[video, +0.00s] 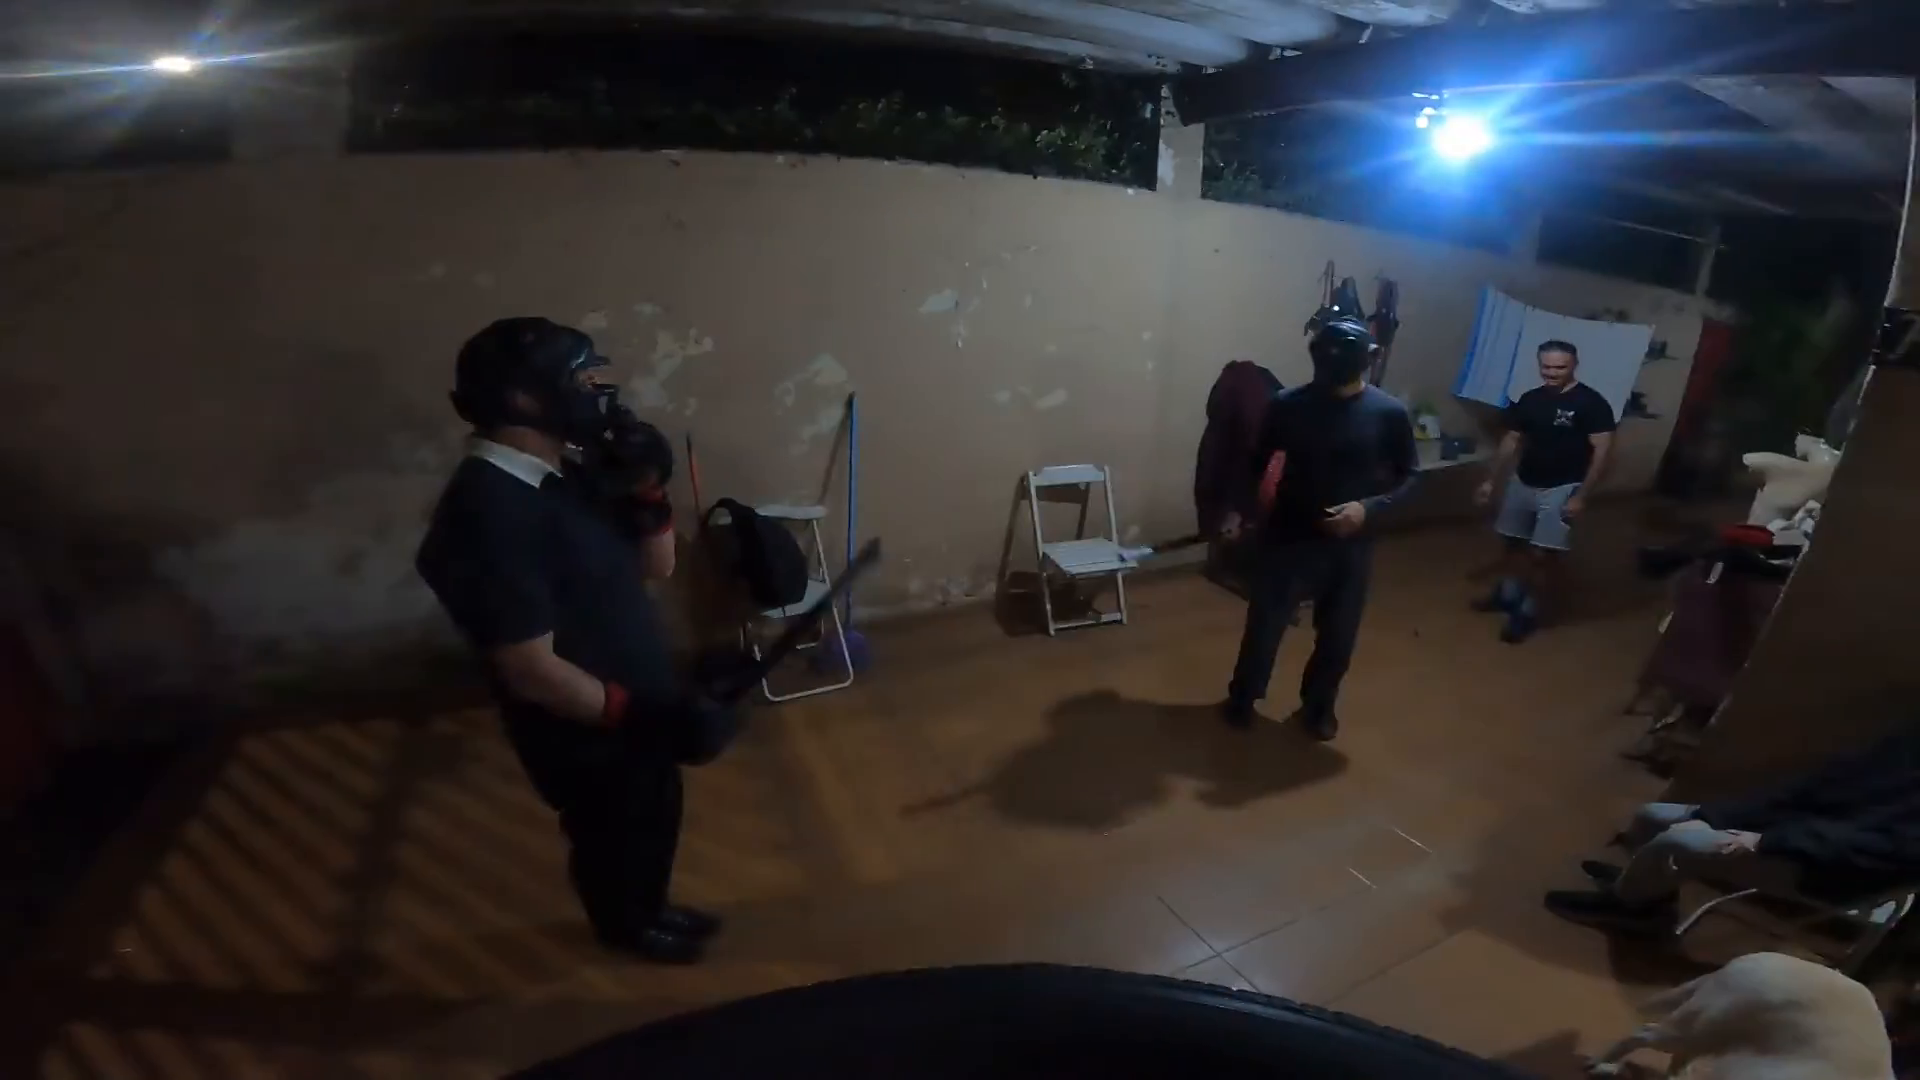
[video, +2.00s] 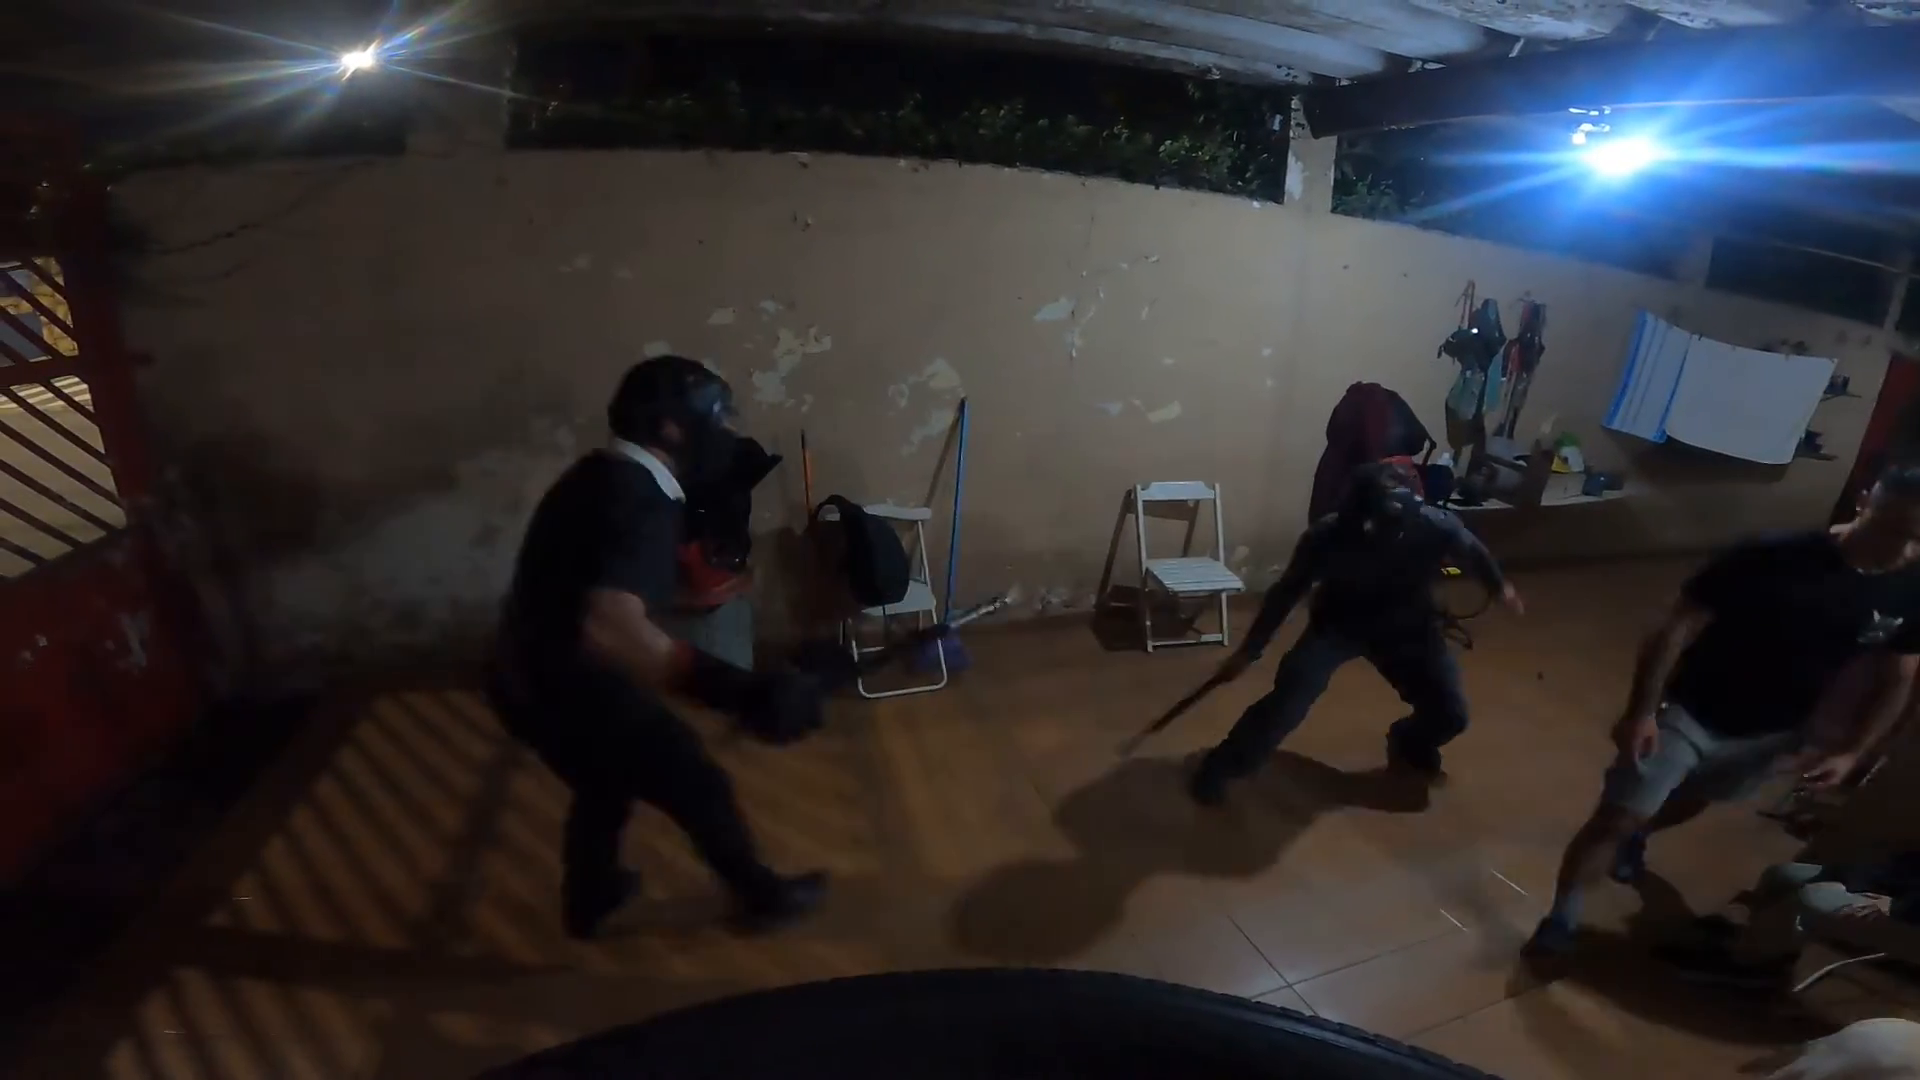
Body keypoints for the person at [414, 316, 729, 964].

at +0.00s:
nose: (594, 388)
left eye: (589, 373)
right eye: (573, 378)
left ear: (526, 403)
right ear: (523, 400)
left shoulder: (562, 477)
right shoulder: (482, 513)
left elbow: (655, 568)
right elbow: (528, 667)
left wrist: (646, 492)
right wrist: (642, 713)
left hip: (629, 696)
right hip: (572, 723)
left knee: (648, 814)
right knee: (610, 830)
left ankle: (648, 907)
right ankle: (623, 926)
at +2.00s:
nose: (715, 438)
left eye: (715, 424)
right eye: (706, 424)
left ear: (655, 426)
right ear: (670, 429)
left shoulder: (594, 477)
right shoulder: (637, 496)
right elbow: (613, 626)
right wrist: (736, 688)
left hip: (528, 672)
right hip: (577, 680)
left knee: (605, 777)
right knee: (693, 779)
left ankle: (589, 895)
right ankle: (755, 890)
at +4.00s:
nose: (631, 438)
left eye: (625, 426)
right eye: (614, 430)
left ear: (562, 454)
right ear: (569, 453)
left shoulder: (515, 515)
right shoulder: (581, 536)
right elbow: (680, 605)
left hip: (482, 705)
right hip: (543, 720)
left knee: (532, 763)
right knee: (677, 776)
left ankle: (461, 884)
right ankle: (707, 896)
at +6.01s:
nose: (476, 452)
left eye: (472, 439)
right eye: (460, 440)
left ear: (385, 458)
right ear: (413, 456)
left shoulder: (323, 528)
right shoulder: (445, 545)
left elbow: (310, 629)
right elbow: (483, 653)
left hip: (323, 719)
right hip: (410, 730)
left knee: (384, 771)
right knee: (534, 809)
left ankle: (350, 880)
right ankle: (644, 893)